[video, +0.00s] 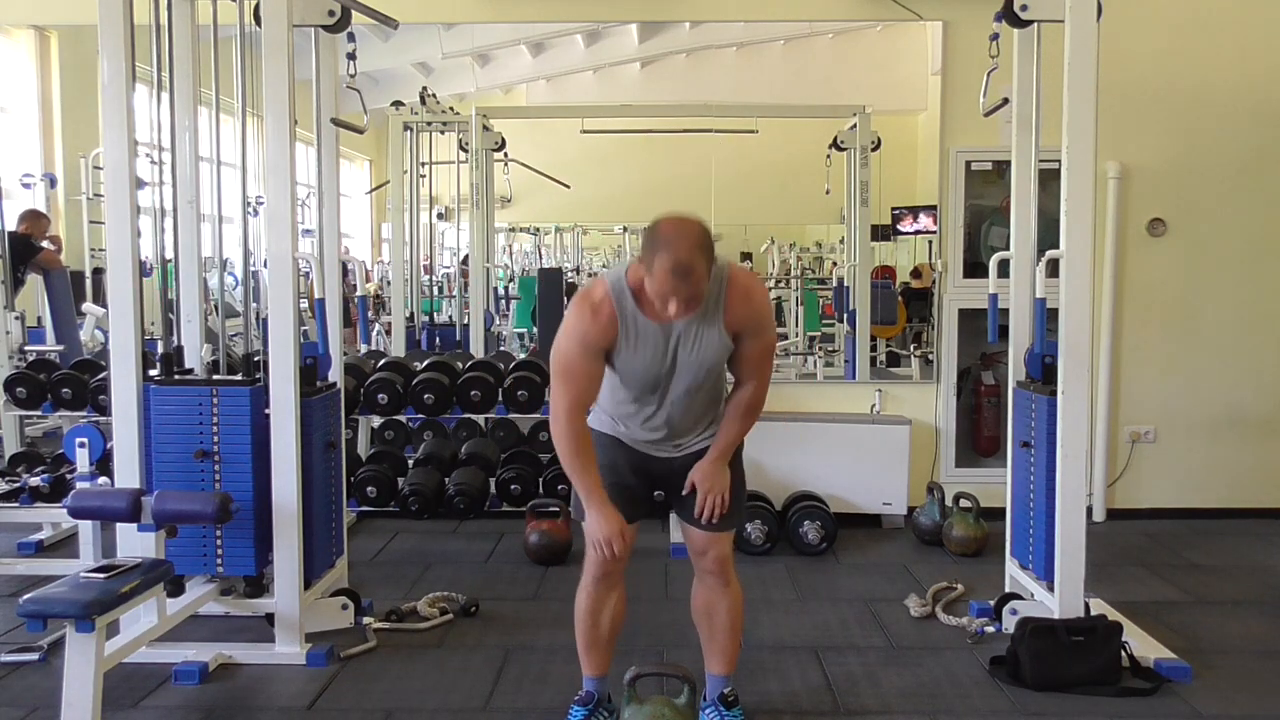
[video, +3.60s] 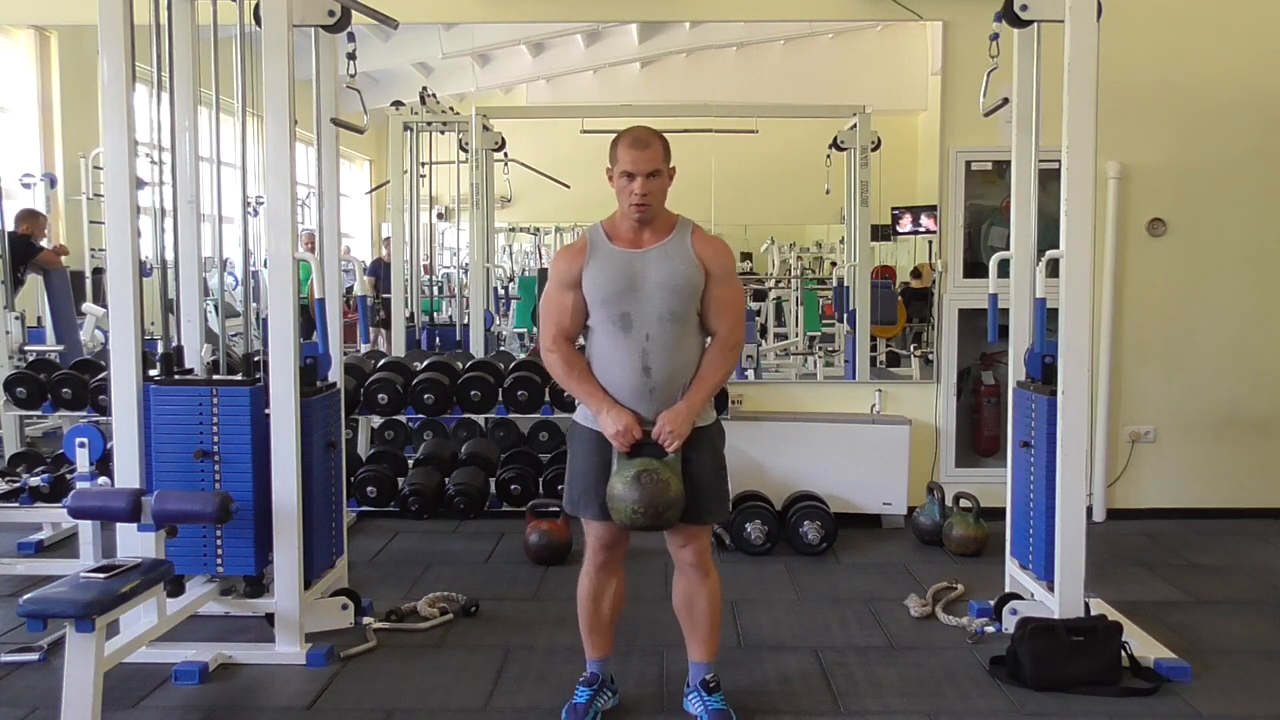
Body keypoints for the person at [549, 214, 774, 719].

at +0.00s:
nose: (676, 312)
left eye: (688, 300)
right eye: (665, 299)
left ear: (711, 272)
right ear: (641, 272)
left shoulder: (745, 296)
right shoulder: (597, 307)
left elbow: (752, 386)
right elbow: (565, 412)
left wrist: (718, 457)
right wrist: (596, 505)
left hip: (705, 441)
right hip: (618, 437)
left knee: (715, 560)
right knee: (605, 558)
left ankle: (718, 699)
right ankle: (592, 696)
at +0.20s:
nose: (677, 406)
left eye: (688, 395)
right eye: (664, 397)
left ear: (710, 360)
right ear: (637, 363)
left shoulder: (744, 345)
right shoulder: (599, 385)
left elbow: (750, 401)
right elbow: (593, 504)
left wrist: (713, 463)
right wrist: (617, 600)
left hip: (702, 456)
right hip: (621, 455)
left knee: (715, 563)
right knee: (594, 568)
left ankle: (719, 697)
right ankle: (593, 695)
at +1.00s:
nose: (713, 364)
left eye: (727, 352)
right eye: (702, 351)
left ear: (746, 326)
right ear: (679, 324)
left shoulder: (773, 336)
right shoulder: (632, 367)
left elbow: (776, 403)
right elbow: (607, 472)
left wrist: (737, 465)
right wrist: (648, 555)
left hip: (717, 454)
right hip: (635, 454)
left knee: (727, 566)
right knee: (608, 564)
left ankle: (719, 699)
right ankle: (593, 696)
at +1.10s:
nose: (715, 316)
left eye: (729, 301)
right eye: (704, 299)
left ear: (749, 284)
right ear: (680, 278)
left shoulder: (774, 317)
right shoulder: (632, 331)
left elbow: (780, 398)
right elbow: (598, 430)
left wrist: (740, 468)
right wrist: (645, 508)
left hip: (719, 448)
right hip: (634, 445)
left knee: (728, 563)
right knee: (611, 560)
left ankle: (720, 700)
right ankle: (594, 694)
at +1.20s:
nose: (718, 262)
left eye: (733, 247)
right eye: (706, 245)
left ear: (751, 239)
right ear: (684, 233)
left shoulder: (777, 298)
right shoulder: (632, 297)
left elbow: (784, 387)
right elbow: (592, 389)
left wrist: (732, 456)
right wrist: (642, 464)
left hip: (725, 443)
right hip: (635, 438)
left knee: (725, 561)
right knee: (613, 560)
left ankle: (719, 701)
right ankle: (594, 696)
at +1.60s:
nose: (692, 172)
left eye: (705, 161)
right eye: (680, 160)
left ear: (723, 171)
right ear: (661, 168)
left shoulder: (754, 257)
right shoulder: (614, 251)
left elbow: (772, 347)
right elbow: (577, 334)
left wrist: (716, 410)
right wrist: (632, 396)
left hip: (715, 438)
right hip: (623, 433)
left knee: (715, 560)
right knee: (611, 557)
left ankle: (719, 698)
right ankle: (598, 691)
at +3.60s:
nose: (640, 188)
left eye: (652, 176)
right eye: (628, 177)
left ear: (670, 176)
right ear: (611, 178)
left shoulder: (709, 253)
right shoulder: (575, 260)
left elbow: (729, 336)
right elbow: (554, 345)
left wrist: (690, 407)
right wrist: (605, 409)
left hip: (686, 427)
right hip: (601, 427)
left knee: (692, 549)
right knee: (602, 547)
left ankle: (702, 684)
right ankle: (597, 678)